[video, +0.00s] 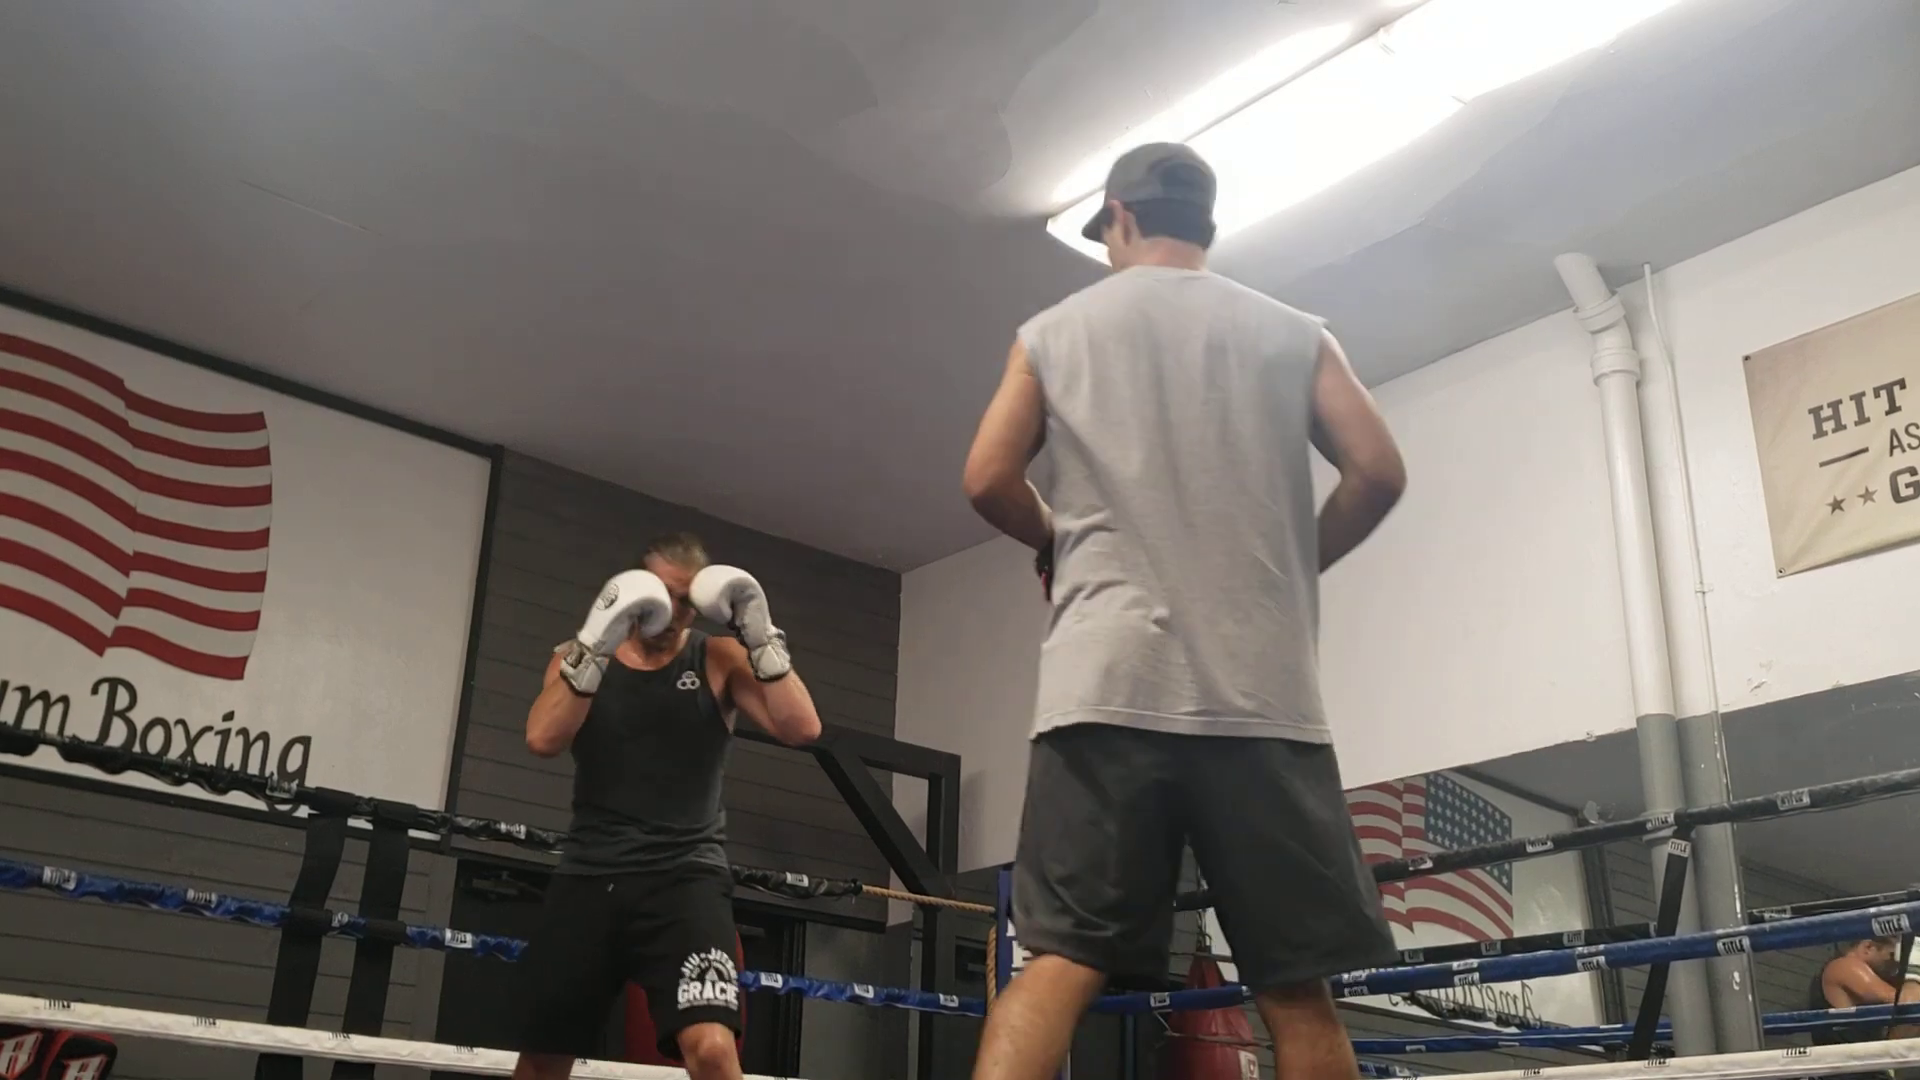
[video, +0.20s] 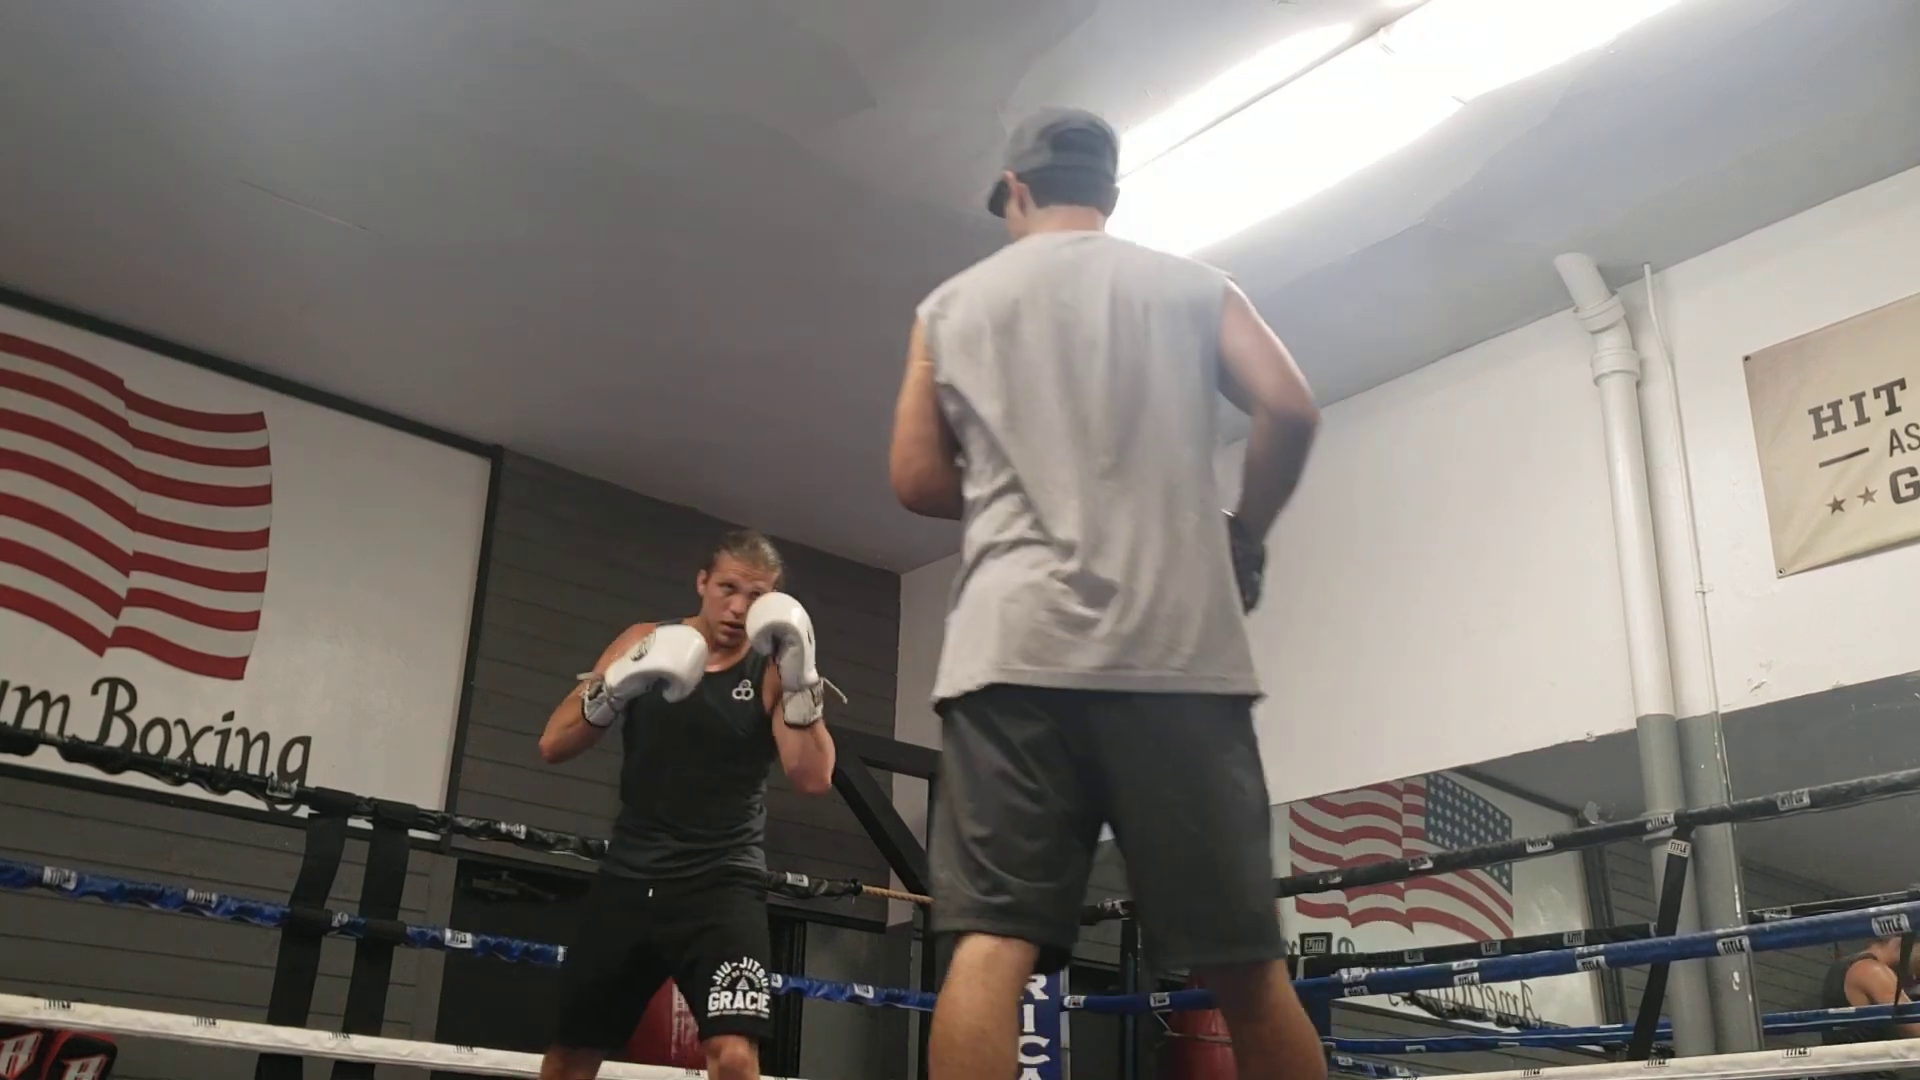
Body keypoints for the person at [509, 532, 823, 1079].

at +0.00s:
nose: (666, 611)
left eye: (683, 600)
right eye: (655, 594)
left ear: (703, 603)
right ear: (631, 590)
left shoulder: (720, 656)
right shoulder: (586, 656)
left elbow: (802, 728)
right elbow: (543, 738)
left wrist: (761, 637)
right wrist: (596, 645)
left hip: (688, 877)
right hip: (589, 875)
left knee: (711, 1052)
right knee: (540, 1060)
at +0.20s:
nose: (738, 607)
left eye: (755, 596)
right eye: (729, 589)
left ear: (770, 602)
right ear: (702, 583)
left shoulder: (774, 669)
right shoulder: (643, 642)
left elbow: (813, 779)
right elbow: (554, 744)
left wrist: (800, 676)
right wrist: (621, 680)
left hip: (726, 880)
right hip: (633, 874)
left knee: (734, 1060)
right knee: (567, 1058)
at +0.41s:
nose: (747, 601)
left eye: (764, 592)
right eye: (738, 584)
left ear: (783, 600)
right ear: (716, 584)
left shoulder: (794, 667)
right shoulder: (668, 643)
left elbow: (831, 777)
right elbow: (571, 736)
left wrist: (810, 673)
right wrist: (639, 665)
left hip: (741, 880)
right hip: (650, 875)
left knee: (743, 1062)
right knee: (583, 1062)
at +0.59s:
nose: (714, 611)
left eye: (729, 598)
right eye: (702, 596)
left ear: (752, 602)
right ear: (683, 599)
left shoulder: (772, 676)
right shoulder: (649, 664)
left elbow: (835, 757)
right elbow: (581, 709)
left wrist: (795, 663)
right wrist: (629, 615)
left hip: (740, 880)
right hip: (652, 881)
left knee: (740, 1062)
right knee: (624, 1065)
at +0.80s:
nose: (672, 624)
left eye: (687, 611)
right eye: (660, 610)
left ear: (712, 614)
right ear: (643, 614)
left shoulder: (745, 681)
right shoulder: (626, 685)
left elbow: (800, 753)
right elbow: (575, 756)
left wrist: (757, 690)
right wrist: (585, 659)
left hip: (732, 879)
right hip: (647, 883)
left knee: (732, 1050)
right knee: (634, 1058)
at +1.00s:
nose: (642, 650)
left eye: (655, 635)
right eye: (630, 635)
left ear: (681, 642)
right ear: (612, 642)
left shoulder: (706, 715)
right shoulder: (616, 723)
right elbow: (585, 833)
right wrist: (585, 735)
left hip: (708, 893)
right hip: (638, 889)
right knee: (609, 1055)